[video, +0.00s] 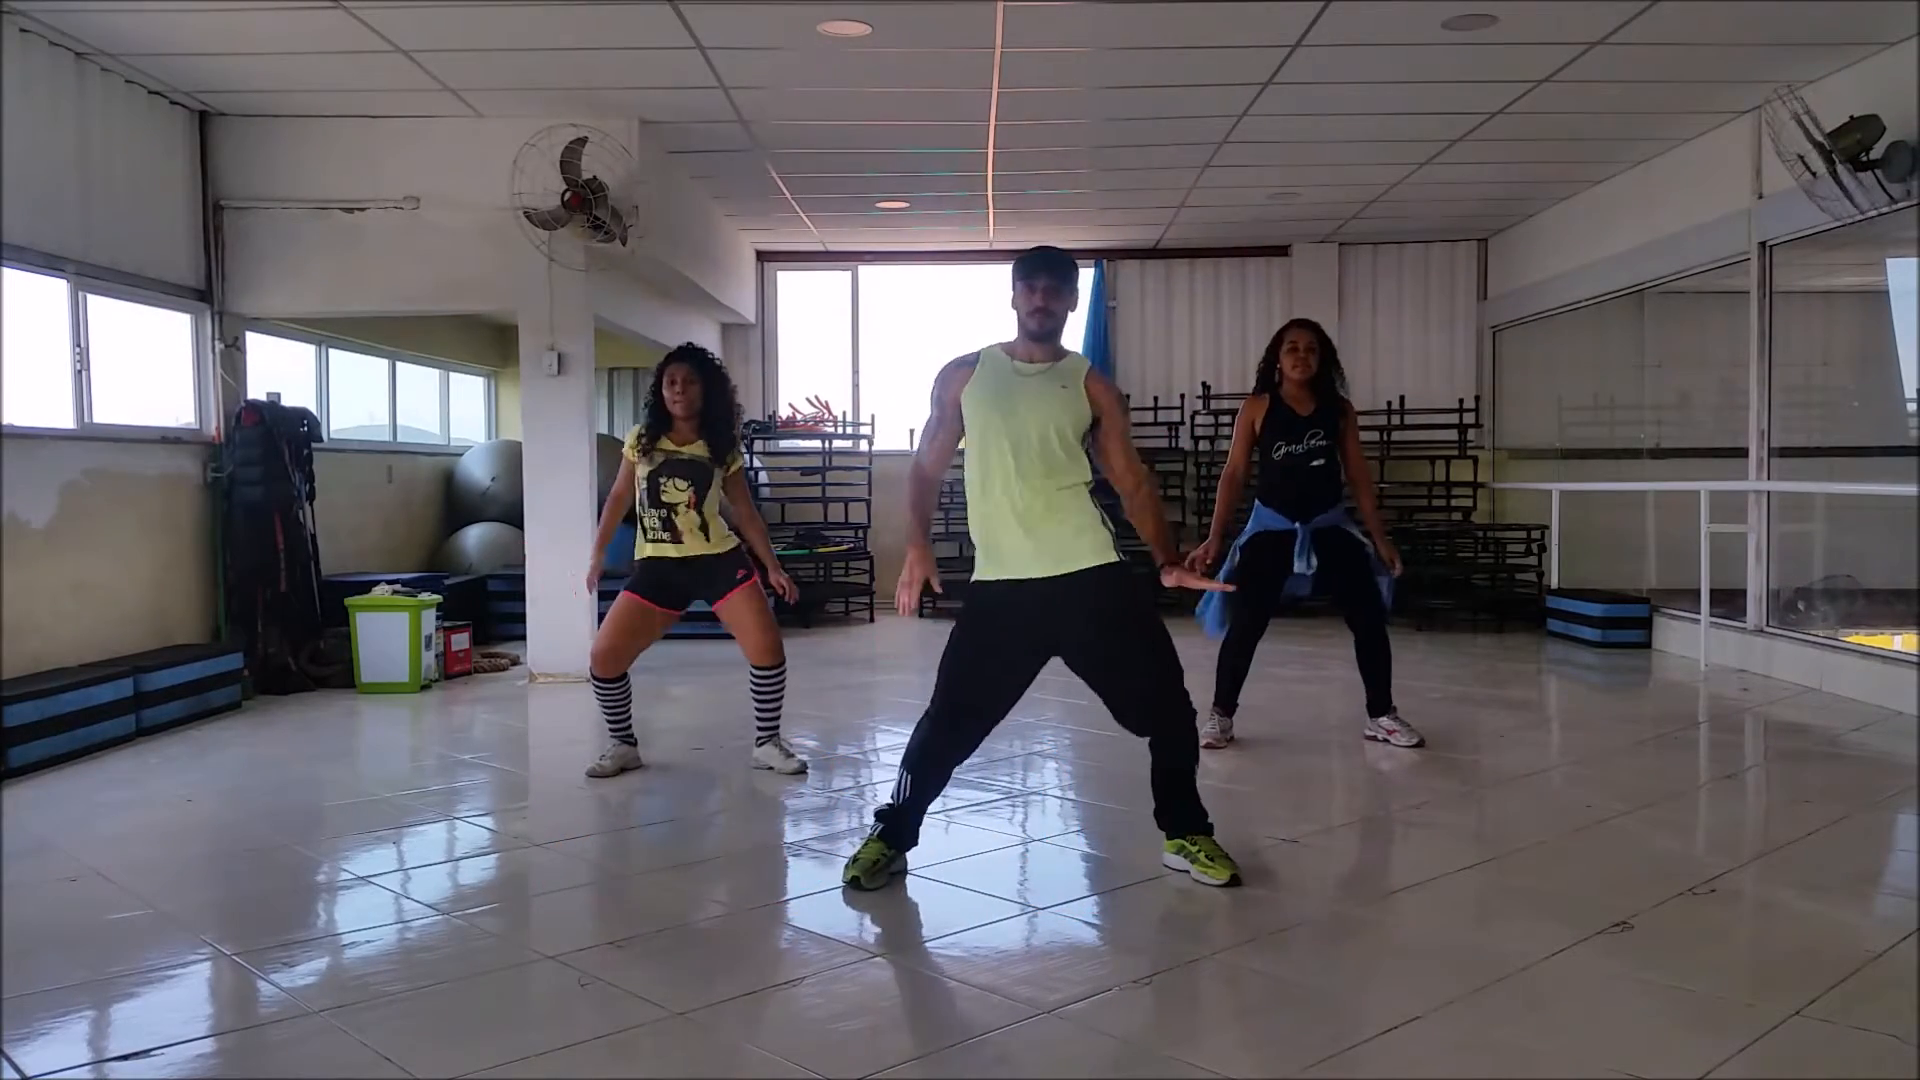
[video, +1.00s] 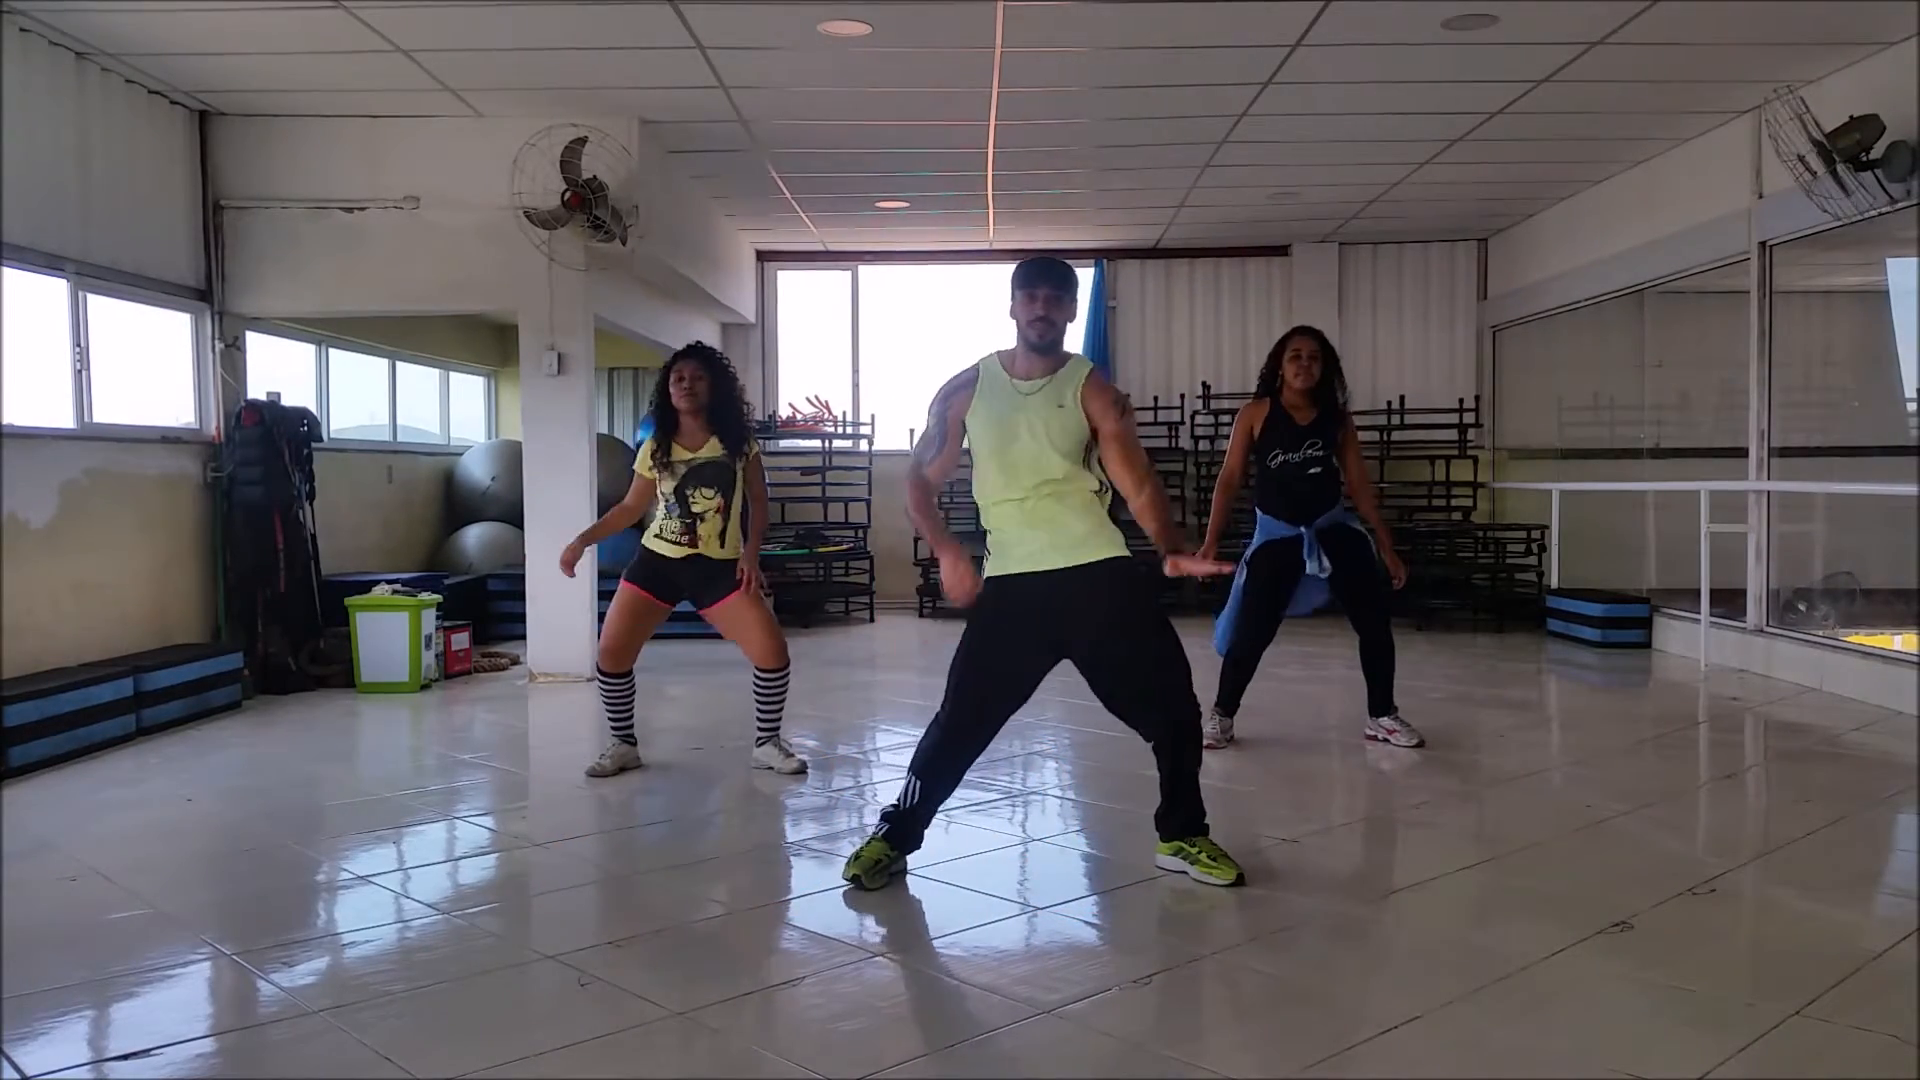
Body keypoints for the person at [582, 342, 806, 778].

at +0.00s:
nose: (678, 389)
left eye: (688, 381)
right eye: (670, 382)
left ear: (706, 389)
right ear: (660, 391)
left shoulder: (722, 446)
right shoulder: (642, 439)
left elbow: (745, 511)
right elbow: (619, 497)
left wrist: (771, 564)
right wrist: (598, 549)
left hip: (722, 567)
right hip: (658, 570)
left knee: (767, 648)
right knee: (605, 656)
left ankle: (768, 744)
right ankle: (623, 746)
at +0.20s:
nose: (676, 385)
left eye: (686, 376)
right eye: (668, 377)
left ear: (706, 383)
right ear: (659, 387)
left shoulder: (732, 439)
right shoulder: (651, 444)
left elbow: (751, 504)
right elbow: (635, 506)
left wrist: (759, 559)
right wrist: (591, 545)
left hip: (715, 566)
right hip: (652, 565)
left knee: (767, 649)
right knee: (611, 654)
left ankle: (768, 743)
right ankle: (623, 746)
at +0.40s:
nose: (684, 388)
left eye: (695, 380)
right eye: (676, 381)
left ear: (713, 390)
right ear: (667, 390)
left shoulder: (735, 444)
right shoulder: (652, 449)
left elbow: (758, 501)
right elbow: (632, 512)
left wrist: (765, 553)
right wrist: (600, 564)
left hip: (720, 570)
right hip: (658, 566)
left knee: (765, 653)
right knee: (613, 654)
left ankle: (767, 744)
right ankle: (624, 746)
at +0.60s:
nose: (693, 385)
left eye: (704, 379)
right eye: (686, 378)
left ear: (722, 390)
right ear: (676, 386)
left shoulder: (734, 447)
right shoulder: (652, 438)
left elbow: (755, 510)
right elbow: (628, 497)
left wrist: (775, 559)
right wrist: (616, 558)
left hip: (728, 564)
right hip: (665, 566)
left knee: (766, 649)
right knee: (612, 651)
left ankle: (767, 745)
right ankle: (623, 745)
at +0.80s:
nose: (690, 376)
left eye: (702, 370)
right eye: (683, 369)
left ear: (720, 380)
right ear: (673, 377)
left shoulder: (735, 435)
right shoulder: (655, 427)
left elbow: (755, 500)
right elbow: (631, 482)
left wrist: (768, 555)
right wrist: (608, 525)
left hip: (728, 560)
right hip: (664, 560)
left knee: (767, 648)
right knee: (619, 652)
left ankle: (767, 743)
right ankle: (625, 745)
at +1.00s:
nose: (685, 386)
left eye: (696, 378)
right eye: (677, 379)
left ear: (715, 386)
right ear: (668, 388)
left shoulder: (739, 443)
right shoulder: (656, 444)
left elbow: (759, 502)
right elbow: (630, 507)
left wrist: (751, 552)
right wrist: (583, 540)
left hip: (717, 570)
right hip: (655, 567)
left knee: (771, 648)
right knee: (611, 652)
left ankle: (768, 745)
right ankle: (624, 745)